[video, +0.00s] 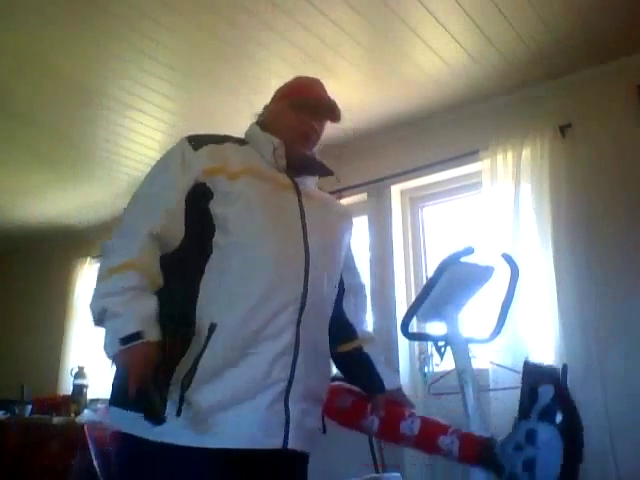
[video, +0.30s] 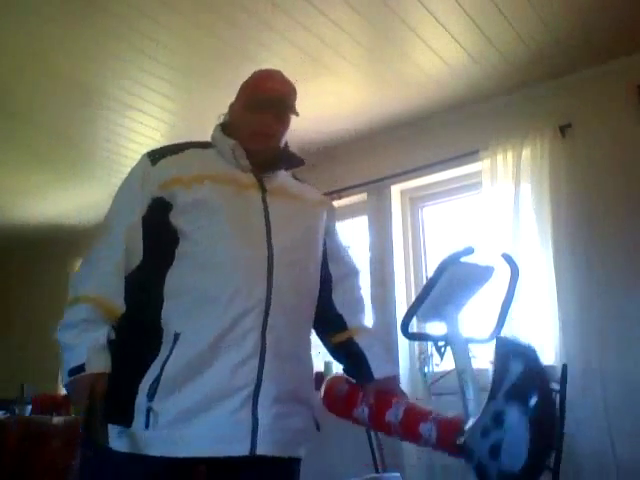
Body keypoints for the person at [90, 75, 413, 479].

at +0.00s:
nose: (316, 127)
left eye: (323, 121)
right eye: (307, 112)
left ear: (325, 131)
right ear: (273, 110)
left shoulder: (331, 215)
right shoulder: (201, 159)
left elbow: (343, 320)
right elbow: (129, 249)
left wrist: (380, 390)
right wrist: (132, 335)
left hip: (286, 436)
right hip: (183, 428)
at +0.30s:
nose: (269, 119)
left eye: (282, 110)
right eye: (257, 106)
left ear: (293, 122)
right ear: (231, 111)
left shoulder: (312, 206)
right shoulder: (164, 172)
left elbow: (337, 304)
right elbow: (104, 268)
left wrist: (373, 376)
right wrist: (86, 356)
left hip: (275, 437)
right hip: (167, 430)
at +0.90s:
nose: (162, 112)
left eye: (176, 102)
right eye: (152, 98)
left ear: (193, 117)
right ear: (129, 104)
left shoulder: (223, 197)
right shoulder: (61, 176)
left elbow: (247, 304)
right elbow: (14, 281)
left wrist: (269, 381)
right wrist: (23, 365)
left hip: (204, 439)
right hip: (86, 440)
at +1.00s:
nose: (161, 103)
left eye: (176, 95)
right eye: (152, 90)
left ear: (191, 113)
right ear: (128, 97)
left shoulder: (221, 193)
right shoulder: (61, 167)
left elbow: (241, 301)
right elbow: (22, 268)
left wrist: (260, 377)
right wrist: (44, 347)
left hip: (201, 432)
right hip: (85, 436)